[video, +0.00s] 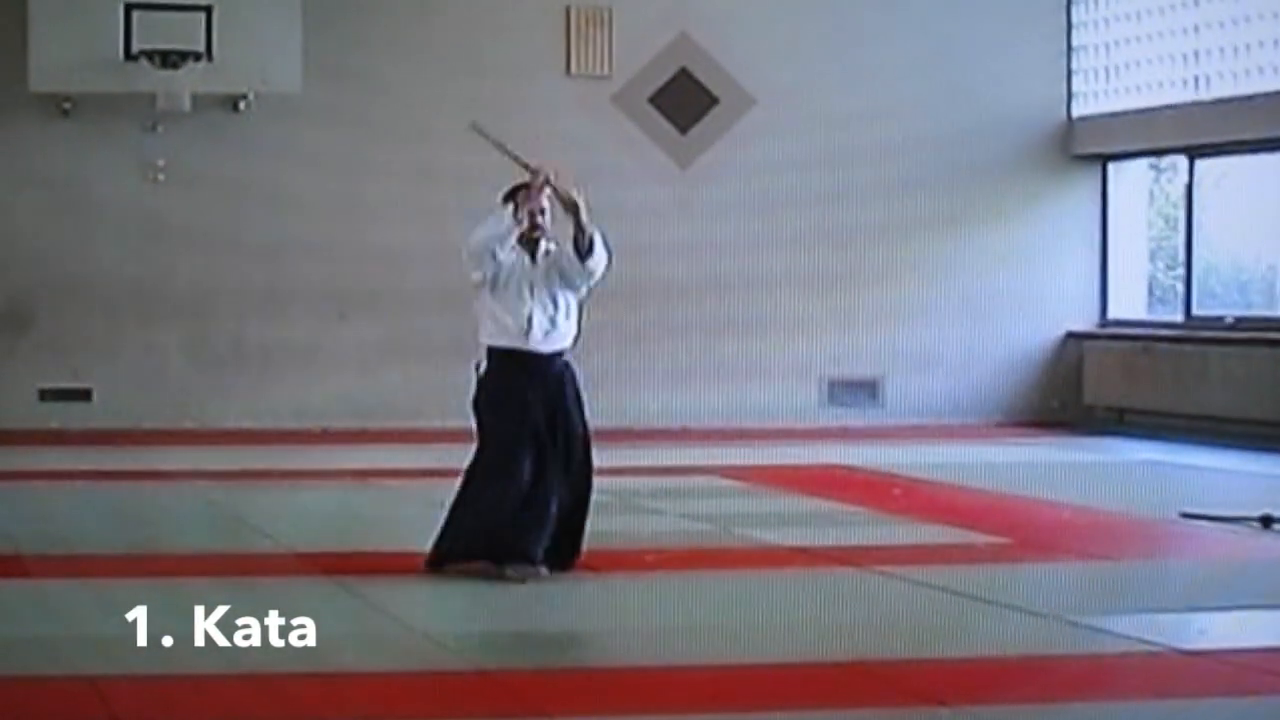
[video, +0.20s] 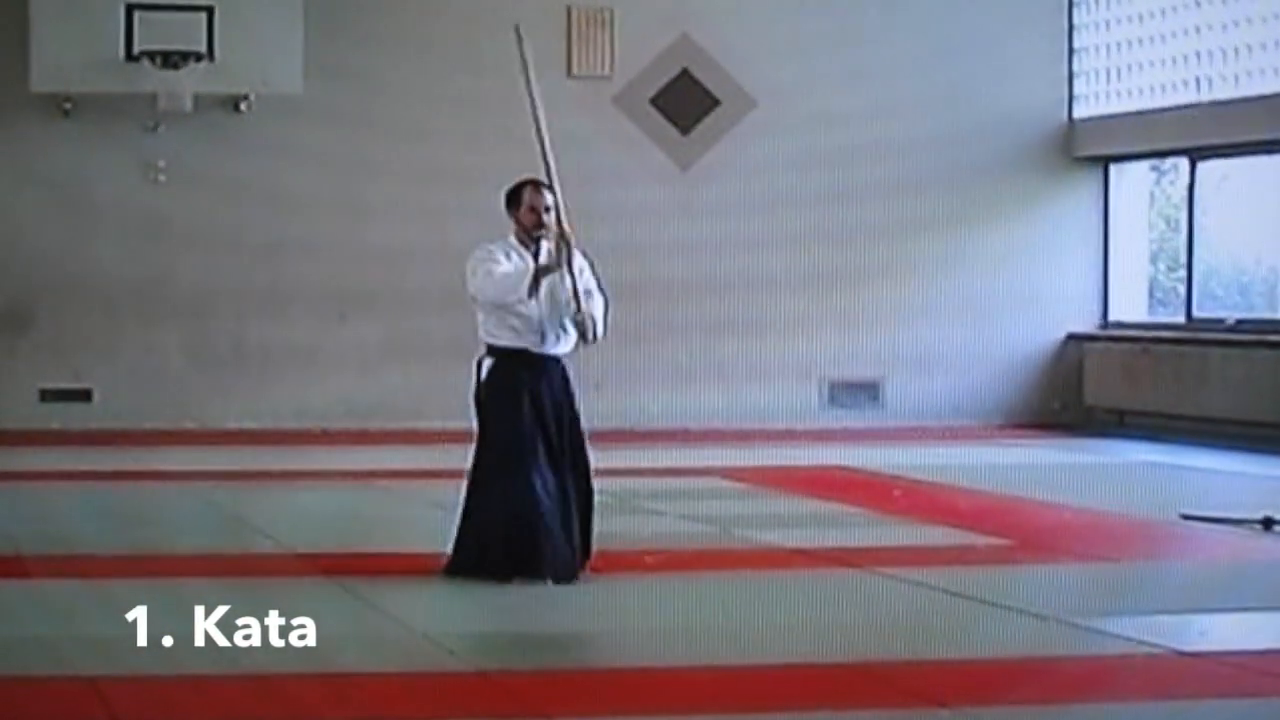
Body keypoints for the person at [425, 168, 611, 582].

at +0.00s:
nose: (535, 218)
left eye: (542, 210)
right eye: (526, 210)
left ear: (551, 216)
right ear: (511, 215)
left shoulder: (562, 263)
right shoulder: (498, 260)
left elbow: (592, 266)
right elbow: (477, 251)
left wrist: (578, 216)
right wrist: (516, 208)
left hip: (554, 367)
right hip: (507, 365)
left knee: (564, 462)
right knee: (510, 461)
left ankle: (540, 553)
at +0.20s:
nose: (540, 219)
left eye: (546, 211)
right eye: (532, 210)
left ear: (554, 215)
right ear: (514, 215)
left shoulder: (569, 262)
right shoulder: (490, 257)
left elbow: (593, 325)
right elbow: (491, 290)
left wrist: (571, 262)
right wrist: (542, 265)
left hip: (552, 371)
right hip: (508, 370)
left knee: (561, 463)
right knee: (523, 465)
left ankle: (565, 556)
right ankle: (539, 559)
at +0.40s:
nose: (547, 217)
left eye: (553, 209)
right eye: (539, 208)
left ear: (560, 214)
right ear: (519, 212)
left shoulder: (569, 260)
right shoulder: (497, 260)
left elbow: (591, 302)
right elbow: (509, 298)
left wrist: (586, 338)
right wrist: (552, 307)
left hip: (551, 368)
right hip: (509, 368)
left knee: (562, 460)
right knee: (518, 463)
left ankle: (564, 557)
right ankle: (511, 559)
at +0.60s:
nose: (555, 217)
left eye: (561, 210)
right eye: (547, 209)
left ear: (566, 215)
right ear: (526, 210)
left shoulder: (572, 259)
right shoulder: (504, 260)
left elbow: (592, 304)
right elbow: (526, 295)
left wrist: (585, 330)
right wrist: (562, 315)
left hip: (548, 369)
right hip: (509, 369)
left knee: (550, 462)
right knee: (518, 462)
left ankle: (552, 554)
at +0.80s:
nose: (569, 223)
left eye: (574, 215)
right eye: (561, 214)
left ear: (577, 218)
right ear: (539, 215)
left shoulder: (579, 260)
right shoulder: (513, 263)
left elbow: (600, 308)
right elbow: (532, 298)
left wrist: (590, 331)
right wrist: (569, 314)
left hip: (553, 370)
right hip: (515, 370)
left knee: (553, 464)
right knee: (530, 463)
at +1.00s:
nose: (591, 228)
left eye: (596, 221)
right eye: (583, 219)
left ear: (600, 226)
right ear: (561, 220)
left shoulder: (600, 267)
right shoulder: (536, 264)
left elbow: (620, 313)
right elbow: (550, 304)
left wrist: (603, 329)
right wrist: (591, 320)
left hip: (568, 376)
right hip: (530, 374)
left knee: (570, 469)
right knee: (544, 467)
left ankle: (562, 557)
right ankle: (546, 558)